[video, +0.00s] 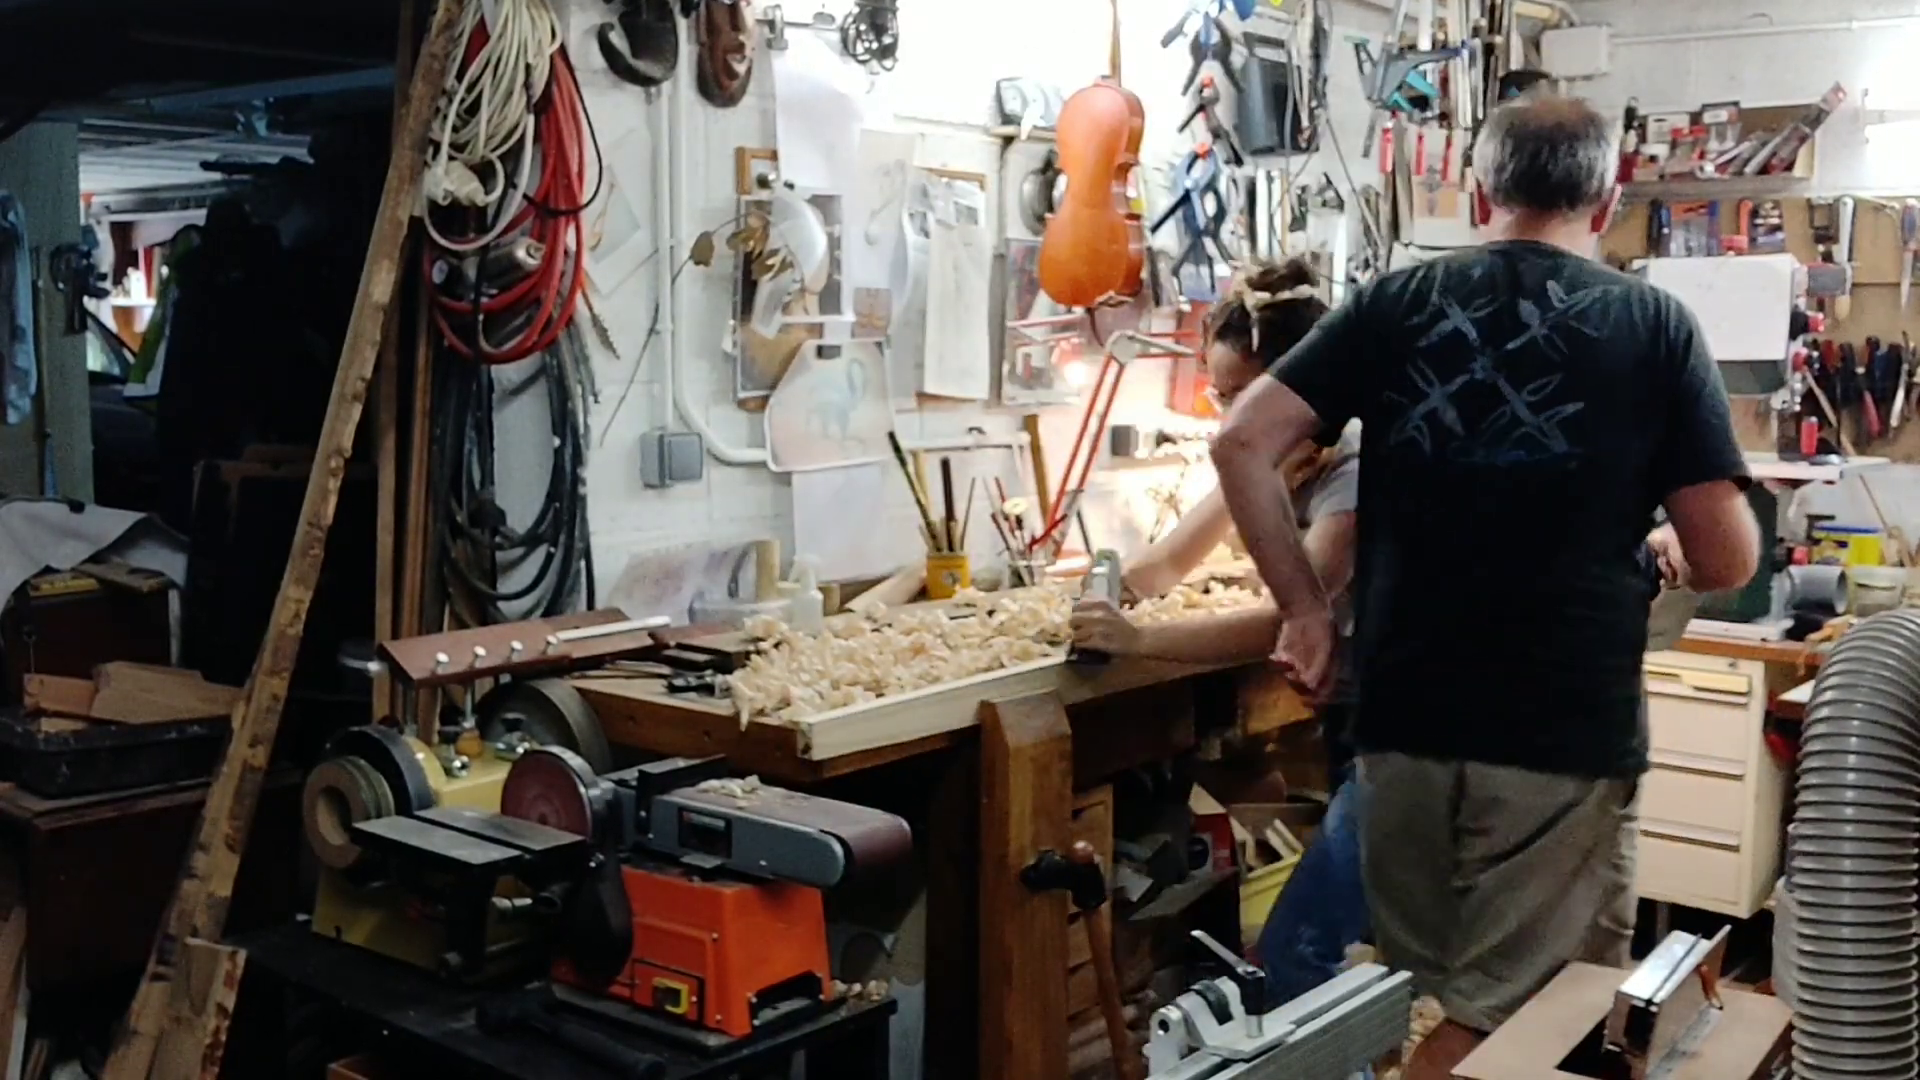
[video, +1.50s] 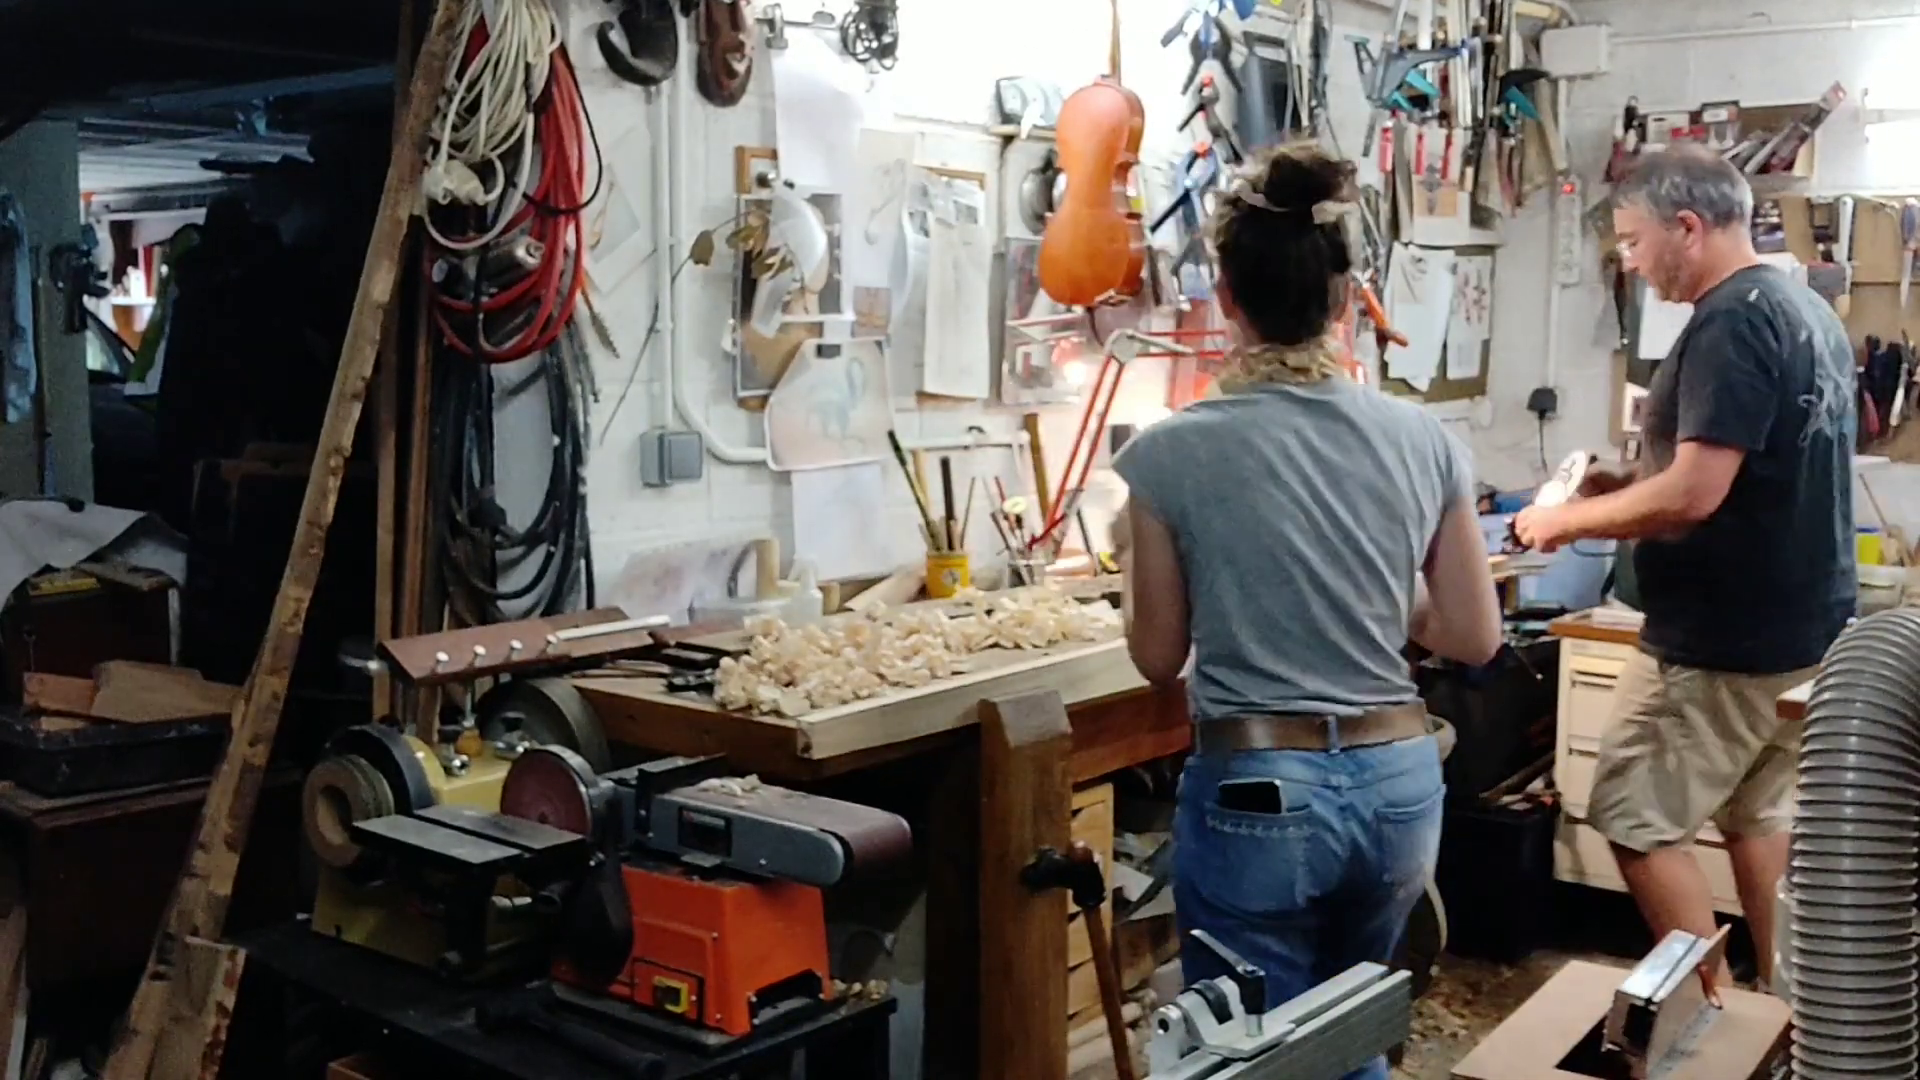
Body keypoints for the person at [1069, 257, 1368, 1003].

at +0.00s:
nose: (1223, 417)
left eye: (1233, 394)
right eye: (1218, 395)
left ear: (1289, 384)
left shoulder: (1355, 475)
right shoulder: (1278, 460)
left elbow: (1298, 617)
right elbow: (1162, 565)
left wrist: (1140, 637)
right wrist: (1099, 597)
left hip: (1402, 753)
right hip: (1357, 741)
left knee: (1293, 955)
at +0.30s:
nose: (1141, 424)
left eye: (1160, 407)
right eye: (1134, 404)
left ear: (1226, 396)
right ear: (1127, 381)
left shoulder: (1274, 491)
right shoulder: (1185, 475)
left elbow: (1188, 650)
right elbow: (1093, 568)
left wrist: (1024, 657)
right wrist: (1015, 589)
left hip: (1329, 779)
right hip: (1270, 768)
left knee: (1260, 993)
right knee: (1332, 938)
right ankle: (1425, 1025)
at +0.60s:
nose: (1050, 410)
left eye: (1066, 390)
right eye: (1041, 389)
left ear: (1138, 375)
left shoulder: (1192, 478)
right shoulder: (1095, 468)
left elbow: (1087, 643)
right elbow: (997, 578)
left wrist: (912, 683)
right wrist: (891, 628)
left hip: (1307, 762)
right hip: (1214, 759)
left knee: (1296, 1012)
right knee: (1179, 999)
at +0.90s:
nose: (1024, 379)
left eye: (1041, 358)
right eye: (1018, 357)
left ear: (1116, 353)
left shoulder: (1162, 468)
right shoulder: (1083, 465)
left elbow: (1042, 630)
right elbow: (974, 590)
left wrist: (864, 659)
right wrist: (859, 617)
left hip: (1285, 769)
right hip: (1191, 764)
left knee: (1209, 1023)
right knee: (1141, 1006)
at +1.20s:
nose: (1092, 330)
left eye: (1096, 307)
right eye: (1090, 308)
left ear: (1142, 312)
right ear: (1211, 309)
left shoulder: (1199, 448)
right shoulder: (1255, 412)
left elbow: (1163, 680)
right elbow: (1234, 601)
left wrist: (1011, 594)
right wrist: (1098, 565)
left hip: (1262, 795)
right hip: (1315, 767)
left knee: (1199, 1046)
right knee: (1162, 1005)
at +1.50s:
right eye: (1351, 284)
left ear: (1228, 299)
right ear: (1349, 299)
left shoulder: (1172, 451)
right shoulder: (1422, 437)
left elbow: (1156, 653)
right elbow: (1473, 638)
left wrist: (1224, 574)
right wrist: (1391, 605)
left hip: (1255, 795)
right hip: (1402, 782)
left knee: (1245, 1051)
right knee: (1364, 1037)